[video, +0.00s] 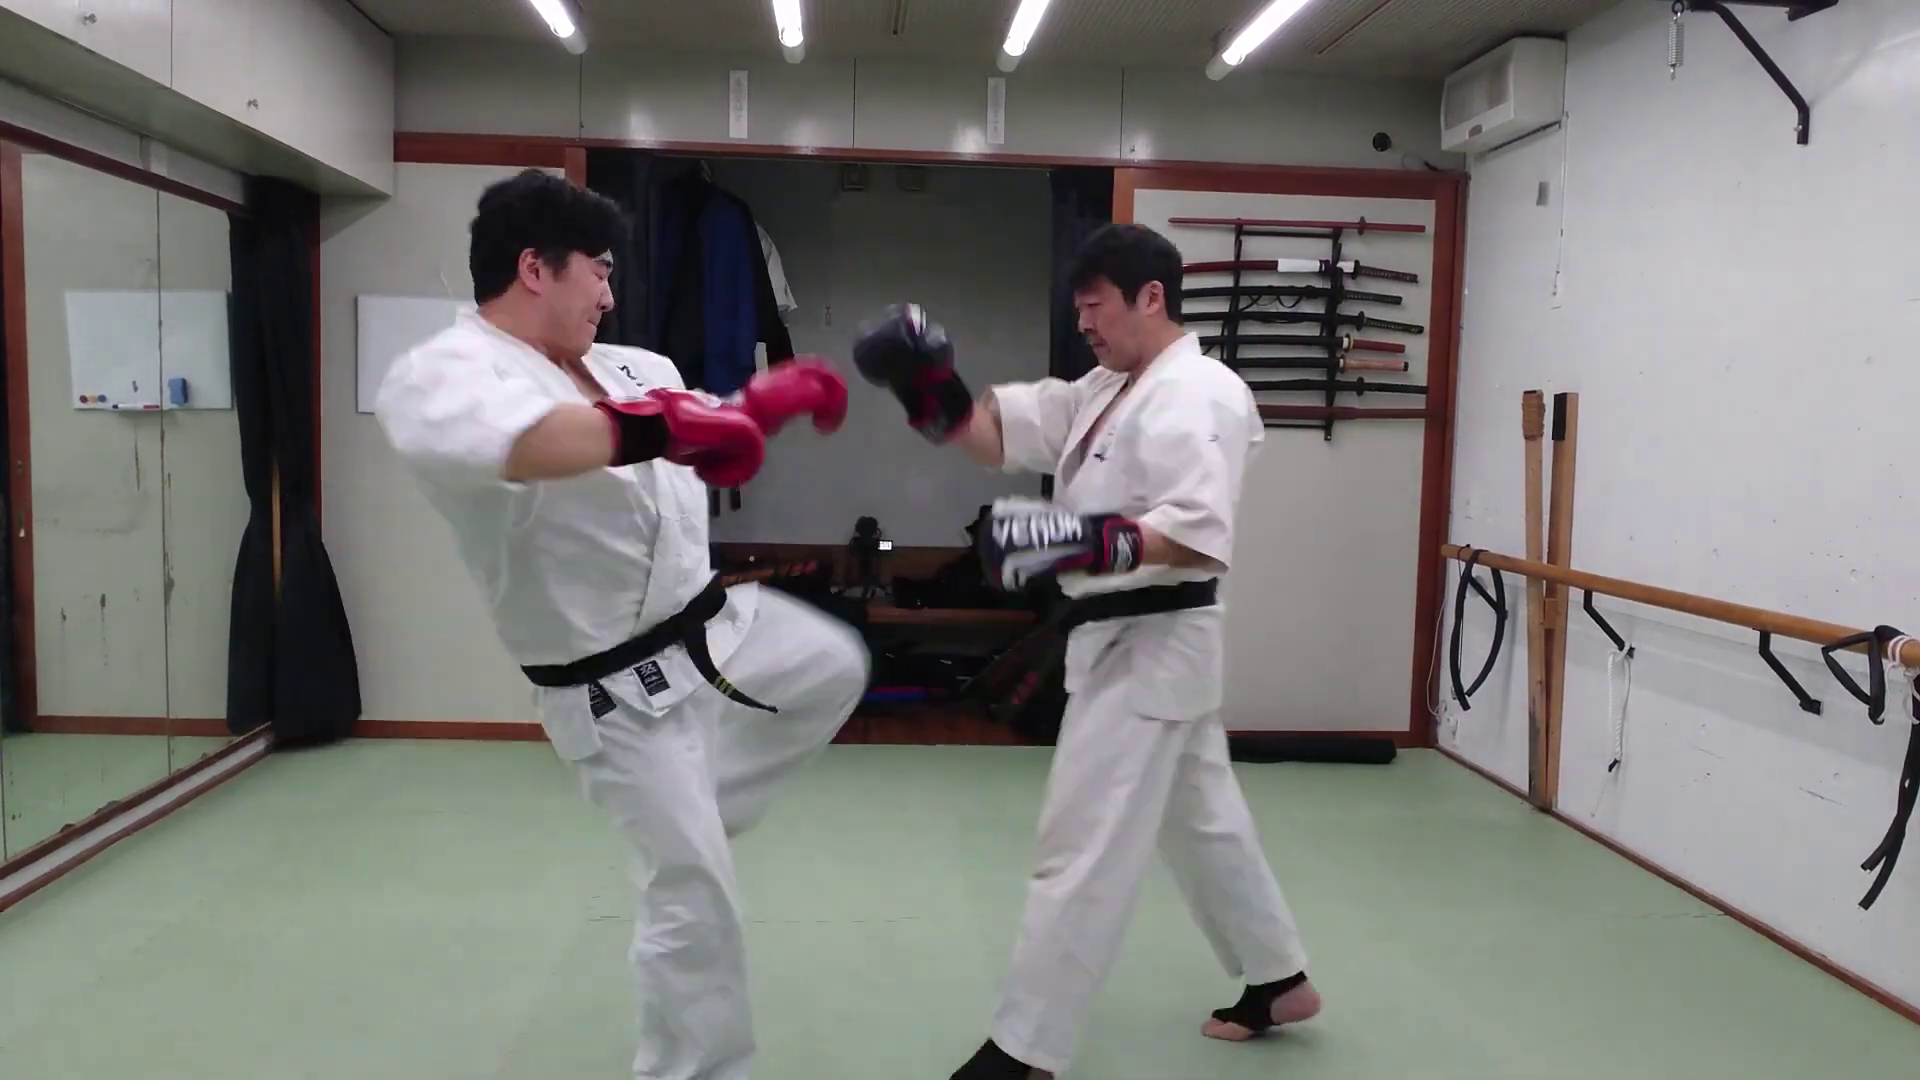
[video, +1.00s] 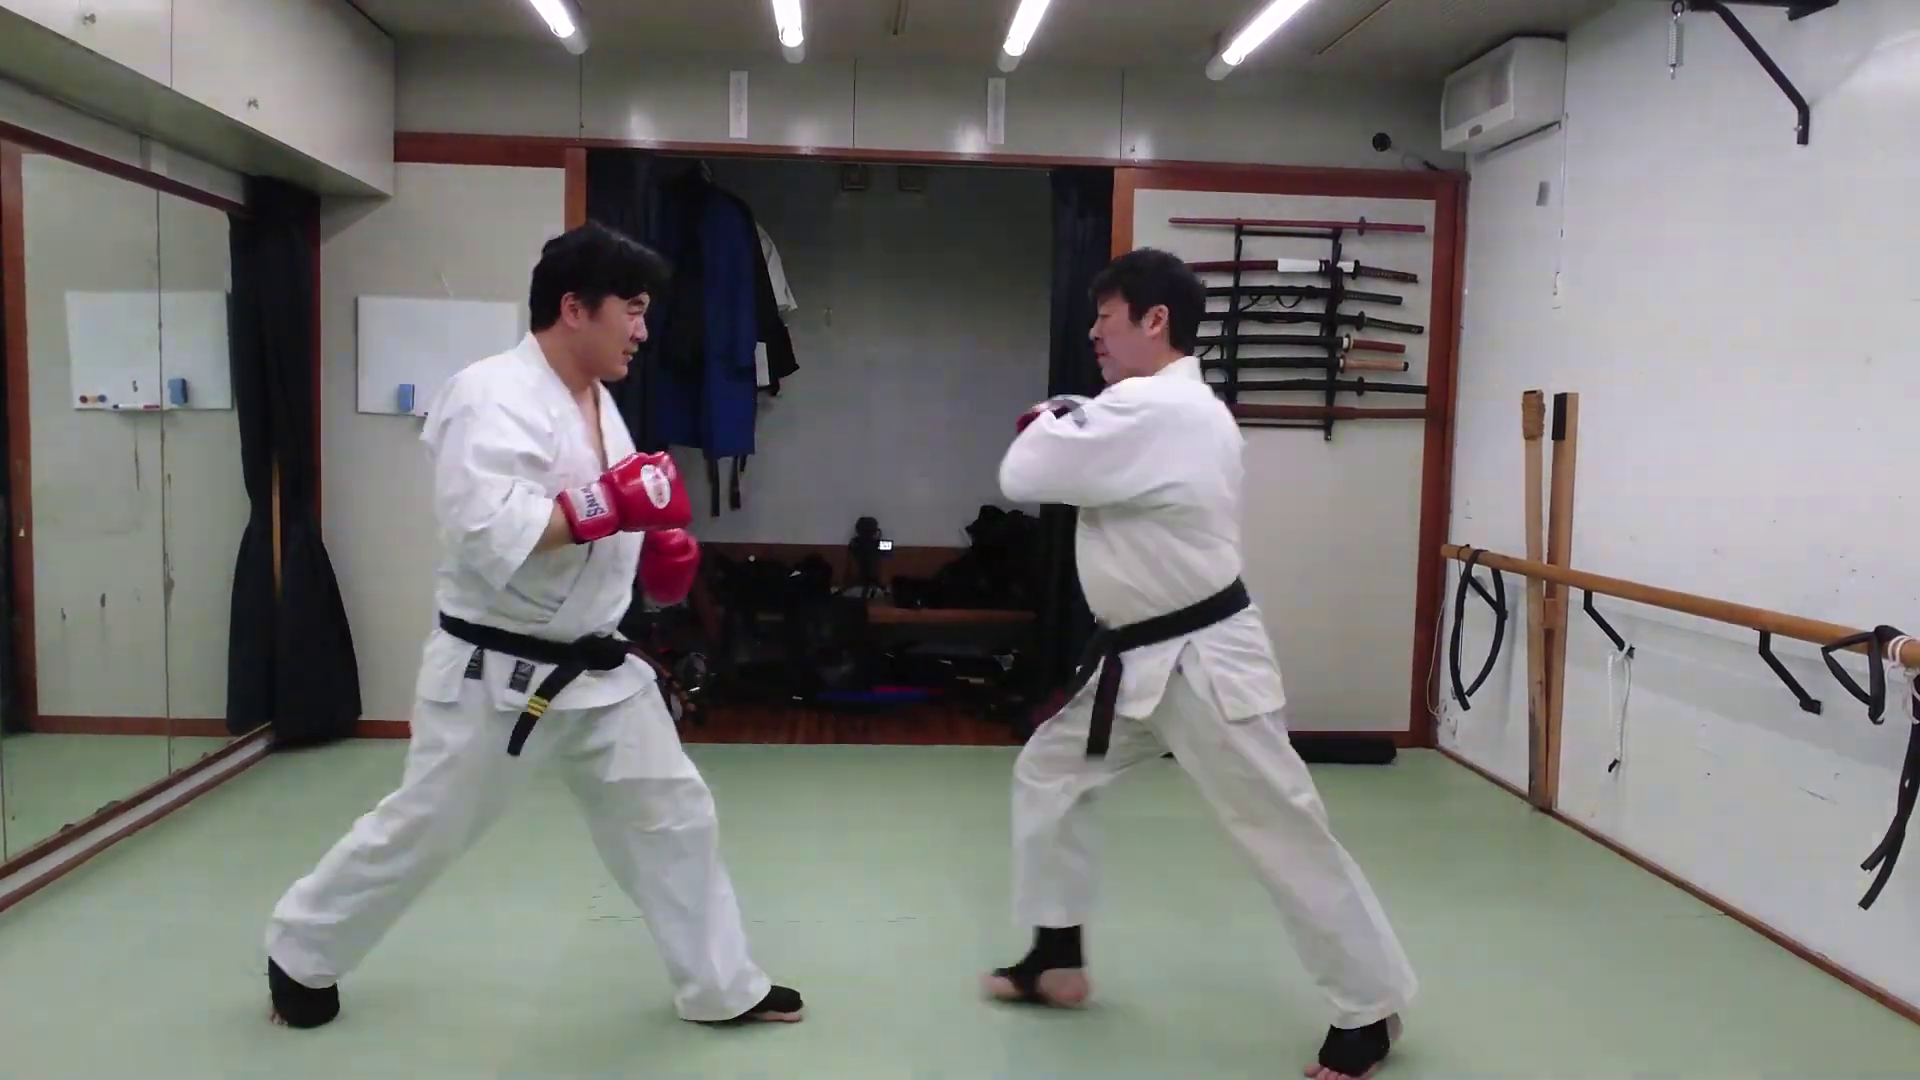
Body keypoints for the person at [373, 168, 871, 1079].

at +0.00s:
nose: (610, 290)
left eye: (609, 270)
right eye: (596, 267)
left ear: (540, 273)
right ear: (533, 270)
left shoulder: (630, 369)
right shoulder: (442, 376)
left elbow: (703, 424)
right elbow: (511, 441)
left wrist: (762, 403)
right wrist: (662, 429)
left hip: (713, 620)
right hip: (618, 688)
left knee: (832, 668)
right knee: (695, 896)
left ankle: (703, 821)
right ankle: (689, 1069)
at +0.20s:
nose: (618, 309)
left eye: (613, 289)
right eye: (602, 291)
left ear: (545, 306)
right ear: (538, 306)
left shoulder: (602, 372)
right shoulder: (475, 442)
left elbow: (689, 451)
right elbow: (606, 552)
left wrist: (730, 443)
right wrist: (698, 459)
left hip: (740, 578)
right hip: (672, 679)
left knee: (917, 560)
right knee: (712, 882)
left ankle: (1098, 555)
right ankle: (695, 1073)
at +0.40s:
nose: (658, 301)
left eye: (655, 280)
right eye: (642, 281)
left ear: (591, 294)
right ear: (579, 295)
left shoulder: (643, 363)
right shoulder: (497, 424)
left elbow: (719, 441)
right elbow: (578, 559)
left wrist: (755, 508)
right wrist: (689, 488)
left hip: (757, 606)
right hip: (659, 673)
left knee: (898, 706)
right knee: (697, 878)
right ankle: (697, 1068)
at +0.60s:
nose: (710, 293)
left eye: (710, 273)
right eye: (696, 274)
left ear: (656, 281)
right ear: (635, 281)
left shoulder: (707, 366)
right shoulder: (555, 383)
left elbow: (762, 454)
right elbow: (590, 529)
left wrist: (794, 398)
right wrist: (690, 449)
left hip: (726, 647)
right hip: (624, 665)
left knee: (765, 811)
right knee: (663, 871)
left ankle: (739, 987)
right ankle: (685, 1061)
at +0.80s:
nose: (719, 304)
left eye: (722, 287)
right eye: (708, 285)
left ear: (663, 285)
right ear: (649, 280)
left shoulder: (697, 379)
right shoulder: (560, 369)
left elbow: (731, 472)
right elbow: (577, 505)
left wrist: (784, 468)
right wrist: (686, 469)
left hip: (664, 639)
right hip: (560, 636)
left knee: (704, 810)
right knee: (569, 823)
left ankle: (721, 988)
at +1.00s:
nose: (643, 328)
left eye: (645, 310)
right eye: (631, 308)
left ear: (586, 313)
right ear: (573, 309)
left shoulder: (600, 406)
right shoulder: (491, 397)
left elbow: (598, 535)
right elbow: (487, 529)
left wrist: (657, 567)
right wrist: (608, 508)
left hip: (594, 660)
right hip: (491, 663)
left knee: (676, 813)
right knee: (430, 824)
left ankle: (719, 987)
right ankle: (301, 945)